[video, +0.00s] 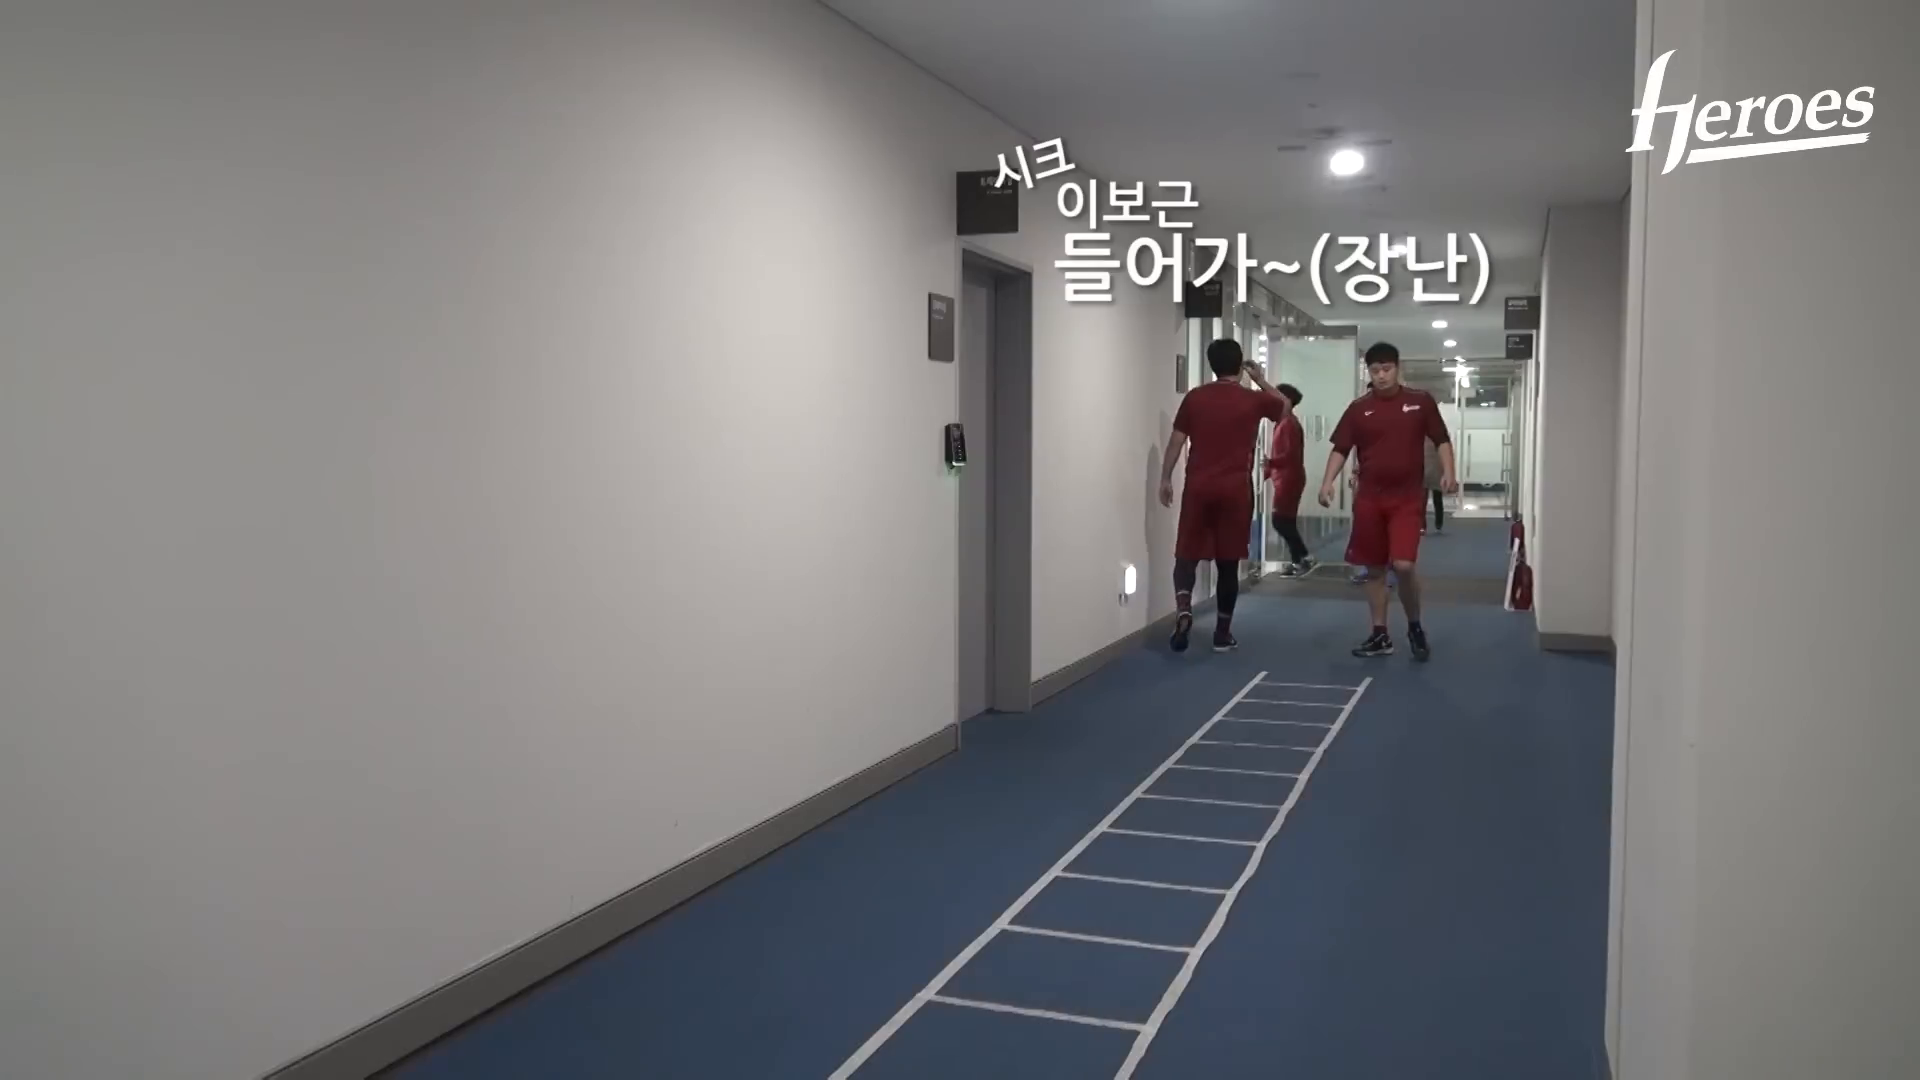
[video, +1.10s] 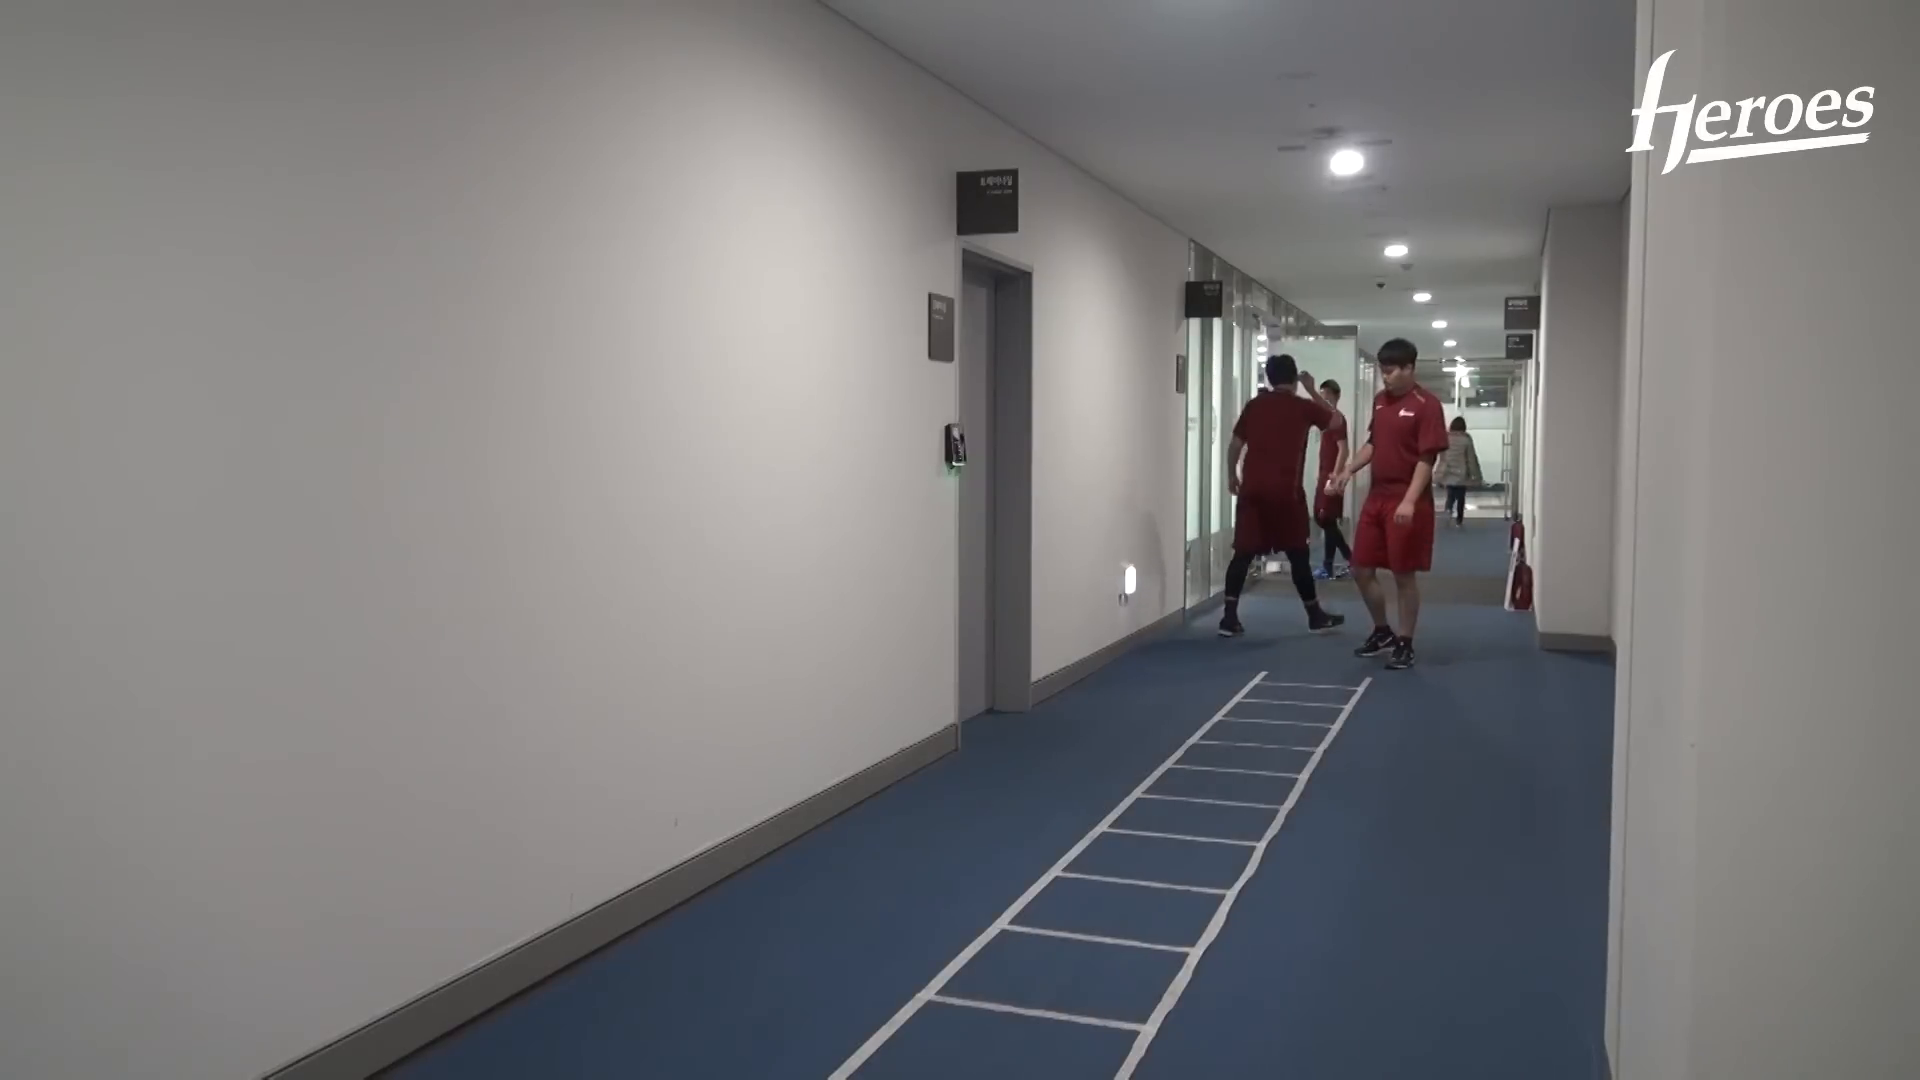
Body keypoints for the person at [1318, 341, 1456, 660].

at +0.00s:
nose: (1381, 375)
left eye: (1386, 369)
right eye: (1375, 370)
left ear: (1397, 370)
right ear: (1368, 373)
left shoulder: (1421, 402)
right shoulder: (1358, 409)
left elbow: (1441, 440)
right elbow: (1340, 448)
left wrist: (1449, 473)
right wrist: (1327, 481)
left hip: (1408, 497)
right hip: (1369, 498)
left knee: (1402, 566)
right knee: (1374, 569)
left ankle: (1415, 628)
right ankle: (1379, 634)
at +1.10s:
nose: (1384, 376)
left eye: (1390, 370)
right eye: (1382, 370)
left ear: (1410, 368)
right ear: (1382, 370)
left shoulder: (1428, 405)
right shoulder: (1382, 400)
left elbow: (1427, 459)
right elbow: (1373, 444)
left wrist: (1409, 501)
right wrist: (1347, 470)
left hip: (1408, 497)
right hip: (1378, 495)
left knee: (1403, 573)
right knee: (1361, 569)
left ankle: (1405, 643)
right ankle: (1382, 631)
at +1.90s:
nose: (1346, 378)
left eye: (1351, 371)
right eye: (1344, 372)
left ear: (1370, 368)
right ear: (1349, 374)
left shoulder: (1397, 403)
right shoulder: (1351, 408)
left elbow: (1409, 450)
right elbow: (1341, 453)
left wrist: (1406, 493)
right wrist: (1318, 484)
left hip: (1380, 503)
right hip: (1348, 502)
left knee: (1386, 573)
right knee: (1357, 572)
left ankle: (1402, 642)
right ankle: (1365, 634)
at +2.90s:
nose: (1308, 372)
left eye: (1314, 366)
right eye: (1304, 367)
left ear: (1329, 366)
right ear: (1303, 369)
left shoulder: (1347, 400)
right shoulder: (1307, 403)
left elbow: (1348, 450)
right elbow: (1301, 449)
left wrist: (1330, 490)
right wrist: (1298, 488)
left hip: (1338, 493)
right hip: (1312, 492)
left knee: (1324, 566)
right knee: (1315, 564)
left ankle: (1317, 637)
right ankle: (1350, 619)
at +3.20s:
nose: (1315, 371)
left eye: (1322, 364)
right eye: (1310, 364)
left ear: (1334, 366)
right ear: (1305, 366)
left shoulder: (1346, 400)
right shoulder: (1302, 401)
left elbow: (1342, 450)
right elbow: (1295, 448)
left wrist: (1307, 480)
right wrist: (1292, 486)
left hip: (1333, 497)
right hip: (1306, 495)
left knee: (1325, 569)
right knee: (1291, 557)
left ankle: (1319, 638)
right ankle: (1311, 614)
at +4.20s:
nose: (1302, 379)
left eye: (1308, 374)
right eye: (1296, 373)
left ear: (1317, 376)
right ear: (1289, 374)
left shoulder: (1332, 408)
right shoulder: (1269, 408)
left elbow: (1356, 444)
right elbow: (1250, 442)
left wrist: (1342, 480)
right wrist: (1260, 475)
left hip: (1312, 505)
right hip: (1275, 504)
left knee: (1310, 570)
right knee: (1283, 569)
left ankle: (1318, 637)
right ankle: (1286, 629)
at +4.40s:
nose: (1289, 381)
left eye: (1295, 375)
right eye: (1284, 374)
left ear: (1303, 375)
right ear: (1275, 375)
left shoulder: (1322, 405)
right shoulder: (1260, 408)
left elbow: (1350, 434)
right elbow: (1240, 436)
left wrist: (1334, 468)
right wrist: (1246, 466)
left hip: (1307, 502)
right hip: (1271, 502)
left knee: (1308, 567)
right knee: (1281, 569)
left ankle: (1319, 633)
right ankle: (1286, 629)